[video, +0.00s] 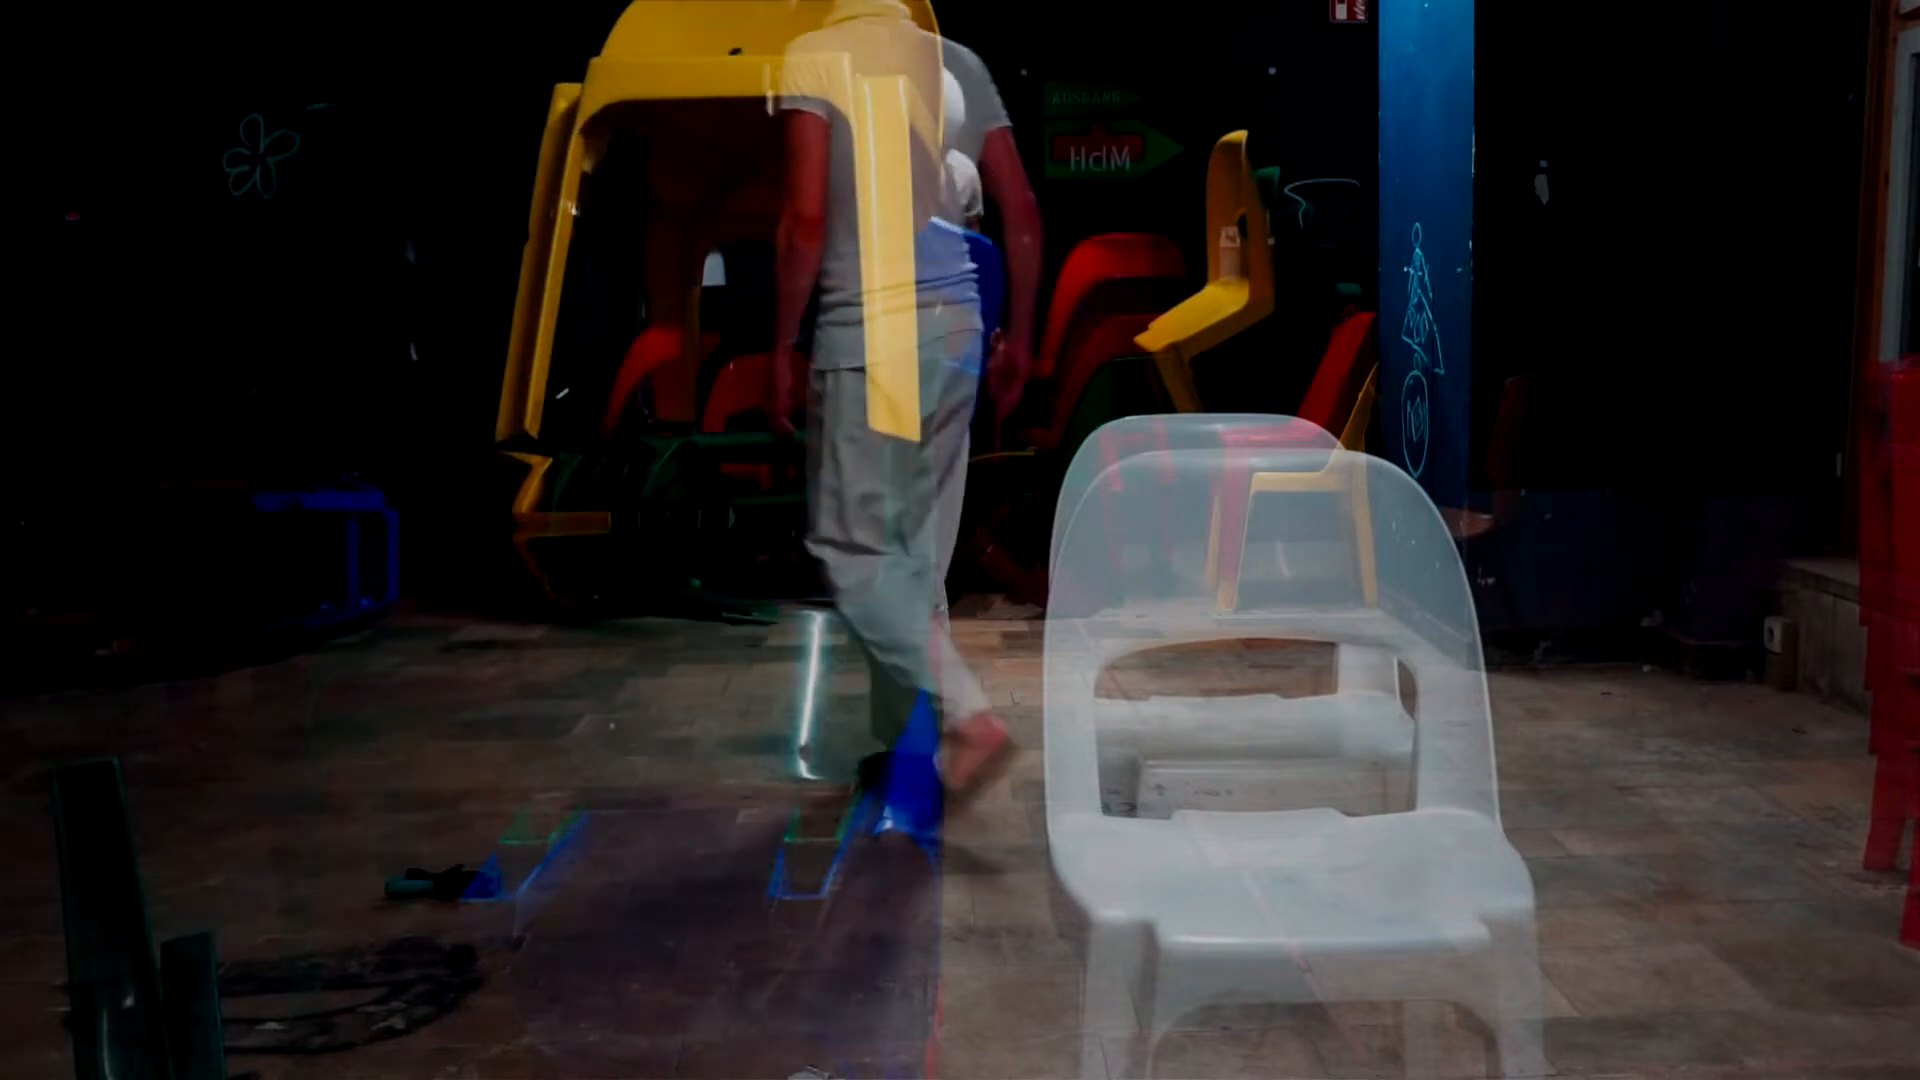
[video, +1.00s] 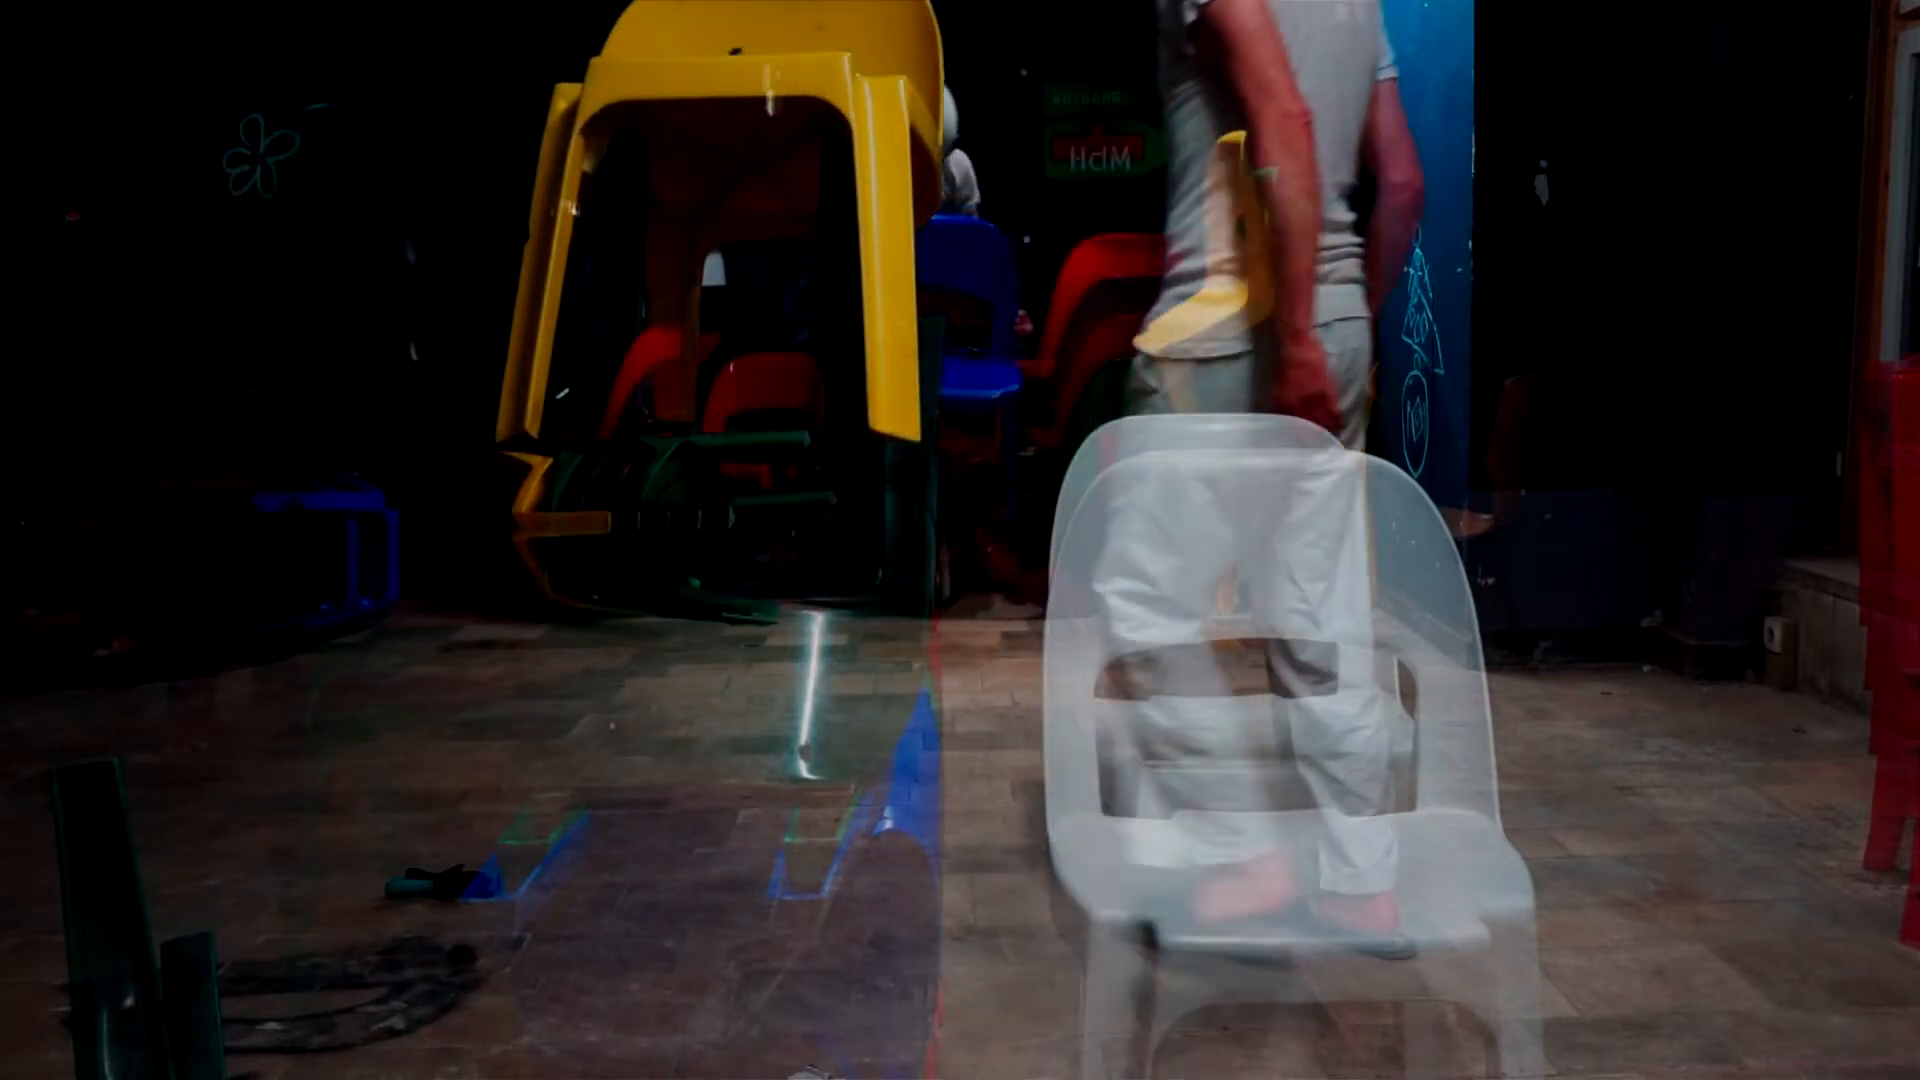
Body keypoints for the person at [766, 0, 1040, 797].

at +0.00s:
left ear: (830, 9)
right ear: (900, 7)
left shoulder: (818, 60)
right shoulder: (959, 63)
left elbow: (807, 217)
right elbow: (1020, 214)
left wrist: (784, 345)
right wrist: (1017, 334)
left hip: (865, 334)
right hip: (957, 326)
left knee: (854, 543)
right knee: (922, 547)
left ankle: (965, 718)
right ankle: (896, 757)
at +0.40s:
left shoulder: (919, 22)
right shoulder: (1089, 21)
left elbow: (876, 191)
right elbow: (1153, 170)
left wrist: (816, 321)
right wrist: (1165, 315)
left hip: (976, 329)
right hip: (1079, 322)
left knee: (998, 579)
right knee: (1020, 564)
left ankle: (1028, 822)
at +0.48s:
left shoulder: (939, 16)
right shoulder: (1117, 19)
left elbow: (917, 185)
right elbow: (1182, 173)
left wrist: (852, 345)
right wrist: (1184, 319)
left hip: (997, 328)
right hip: (1103, 318)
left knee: (1004, 585)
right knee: (1077, 558)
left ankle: (1036, 821)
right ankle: (1157, 745)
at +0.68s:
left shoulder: (1046, 10)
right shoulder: (1203, 26)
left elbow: (1048, 183)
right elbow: (1248, 202)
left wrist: (1014, 357)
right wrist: (1240, 332)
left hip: (1072, 333)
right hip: (1181, 328)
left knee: (1032, 589)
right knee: (1187, 584)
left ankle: (1041, 819)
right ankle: (1308, 807)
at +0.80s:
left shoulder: (1113, 4)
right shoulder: (1258, 17)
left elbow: (1154, 148)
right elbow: (1311, 196)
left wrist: (1128, 351)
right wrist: (1269, 331)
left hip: (1137, 341)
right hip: (1246, 336)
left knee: (1085, 595)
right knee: (1272, 610)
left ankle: (1045, 813)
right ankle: (1349, 860)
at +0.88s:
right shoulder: (1300, 11)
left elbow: (1215, 138)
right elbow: (1347, 188)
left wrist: (1205, 331)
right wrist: (1302, 312)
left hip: (1170, 333)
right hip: (1278, 329)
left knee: (1103, 608)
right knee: (1296, 614)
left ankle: (1093, 853)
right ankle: (1352, 874)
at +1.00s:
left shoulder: (1219, 5)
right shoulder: (1353, 8)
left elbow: (1284, 129)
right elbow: (1400, 179)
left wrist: (1295, 334)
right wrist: (1358, 310)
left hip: (1225, 332)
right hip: (1333, 320)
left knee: (1147, 603)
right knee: (1319, 607)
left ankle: (1242, 858)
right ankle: (1364, 878)